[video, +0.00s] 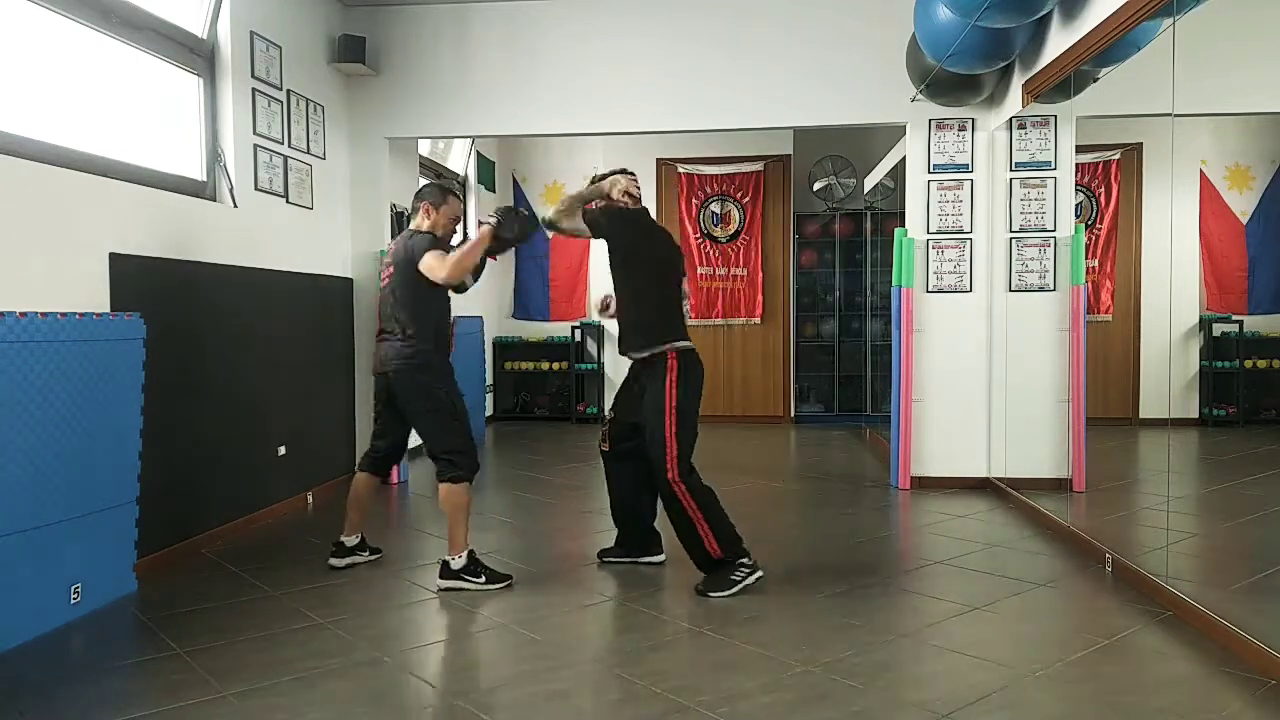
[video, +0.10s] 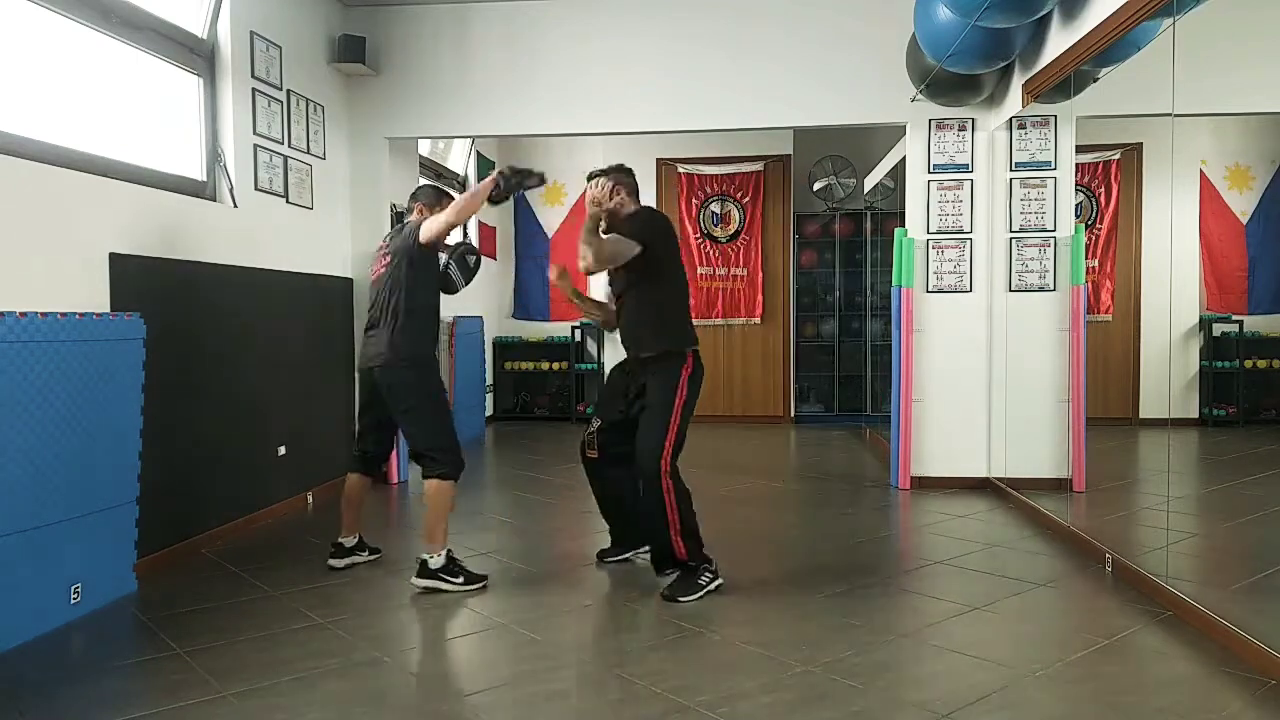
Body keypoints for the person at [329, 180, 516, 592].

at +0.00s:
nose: (455, 227)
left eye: (457, 220)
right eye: (452, 218)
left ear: (422, 211)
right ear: (427, 209)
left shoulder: (400, 245)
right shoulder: (419, 242)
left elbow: (457, 282)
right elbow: (447, 272)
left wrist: (480, 251)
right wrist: (483, 236)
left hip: (391, 366)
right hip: (421, 367)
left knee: (379, 456)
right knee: (457, 460)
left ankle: (349, 542)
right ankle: (458, 561)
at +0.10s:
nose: (445, 224)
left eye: (447, 218)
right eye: (443, 217)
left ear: (414, 211)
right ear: (422, 210)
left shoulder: (389, 245)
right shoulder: (414, 232)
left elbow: (409, 293)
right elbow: (445, 222)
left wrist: (446, 272)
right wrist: (488, 186)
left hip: (373, 363)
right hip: (407, 361)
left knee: (366, 456)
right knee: (442, 460)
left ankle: (347, 543)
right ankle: (435, 561)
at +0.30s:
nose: (432, 218)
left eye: (434, 212)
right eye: (427, 210)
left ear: (428, 213)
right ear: (407, 208)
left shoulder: (389, 247)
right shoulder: (392, 234)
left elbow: (401, 304)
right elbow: (396, 205)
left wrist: (438, 282)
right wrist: (444, 174)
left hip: (370, 362)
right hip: (396, 362)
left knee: (368, 455)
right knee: (430, 458)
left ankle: (343, 543)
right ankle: (424, 560)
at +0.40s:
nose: (418, 221)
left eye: (421, 215)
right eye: (412, 213)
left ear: (399, 213)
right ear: (386, 208)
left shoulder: (400, 250)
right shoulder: (375, 235)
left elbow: (424, 301)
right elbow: (361, 258)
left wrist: (451, 265)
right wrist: (421, 238)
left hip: (380, 366)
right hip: (392, 367)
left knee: (375, 455)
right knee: (428, 457)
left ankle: (342, 541)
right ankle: (410, 561)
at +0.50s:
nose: (408, 217)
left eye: (410, 210)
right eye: (401, 209)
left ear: (404, 210)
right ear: (374, 208)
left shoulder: (396, 251)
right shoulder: (363, 241)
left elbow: (430, 287)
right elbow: (343, 291)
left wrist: (455, 247)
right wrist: (408, 289)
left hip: (392, 369)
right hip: (387, 371)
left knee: (377, 456)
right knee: (427, 462)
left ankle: (342, 542)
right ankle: (410, 561)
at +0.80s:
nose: (383, 229)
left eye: (386, 221)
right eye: (377, 221)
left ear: (385, 217)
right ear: (347, 213)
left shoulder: (379, 249)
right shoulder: (330, 260)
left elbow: (418, 271)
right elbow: (320, 324)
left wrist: (431, 241)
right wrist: (383, 339)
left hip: (380, 369)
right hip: (352, 372)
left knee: (372, 458)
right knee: (389, 457)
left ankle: (333, 538)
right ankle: (403, 558)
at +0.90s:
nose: (373, 232)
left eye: (375, 224)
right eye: (366, 224)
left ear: (357, 218)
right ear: (338, 215)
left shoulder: (369, 246)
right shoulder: (313, 266)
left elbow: (404, 273)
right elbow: (312, 332)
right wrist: (369, 338)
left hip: (364, 365)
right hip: (331, 369)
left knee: (361, 457)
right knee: (358, 458)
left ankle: (332, 538)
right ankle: (366, 553)